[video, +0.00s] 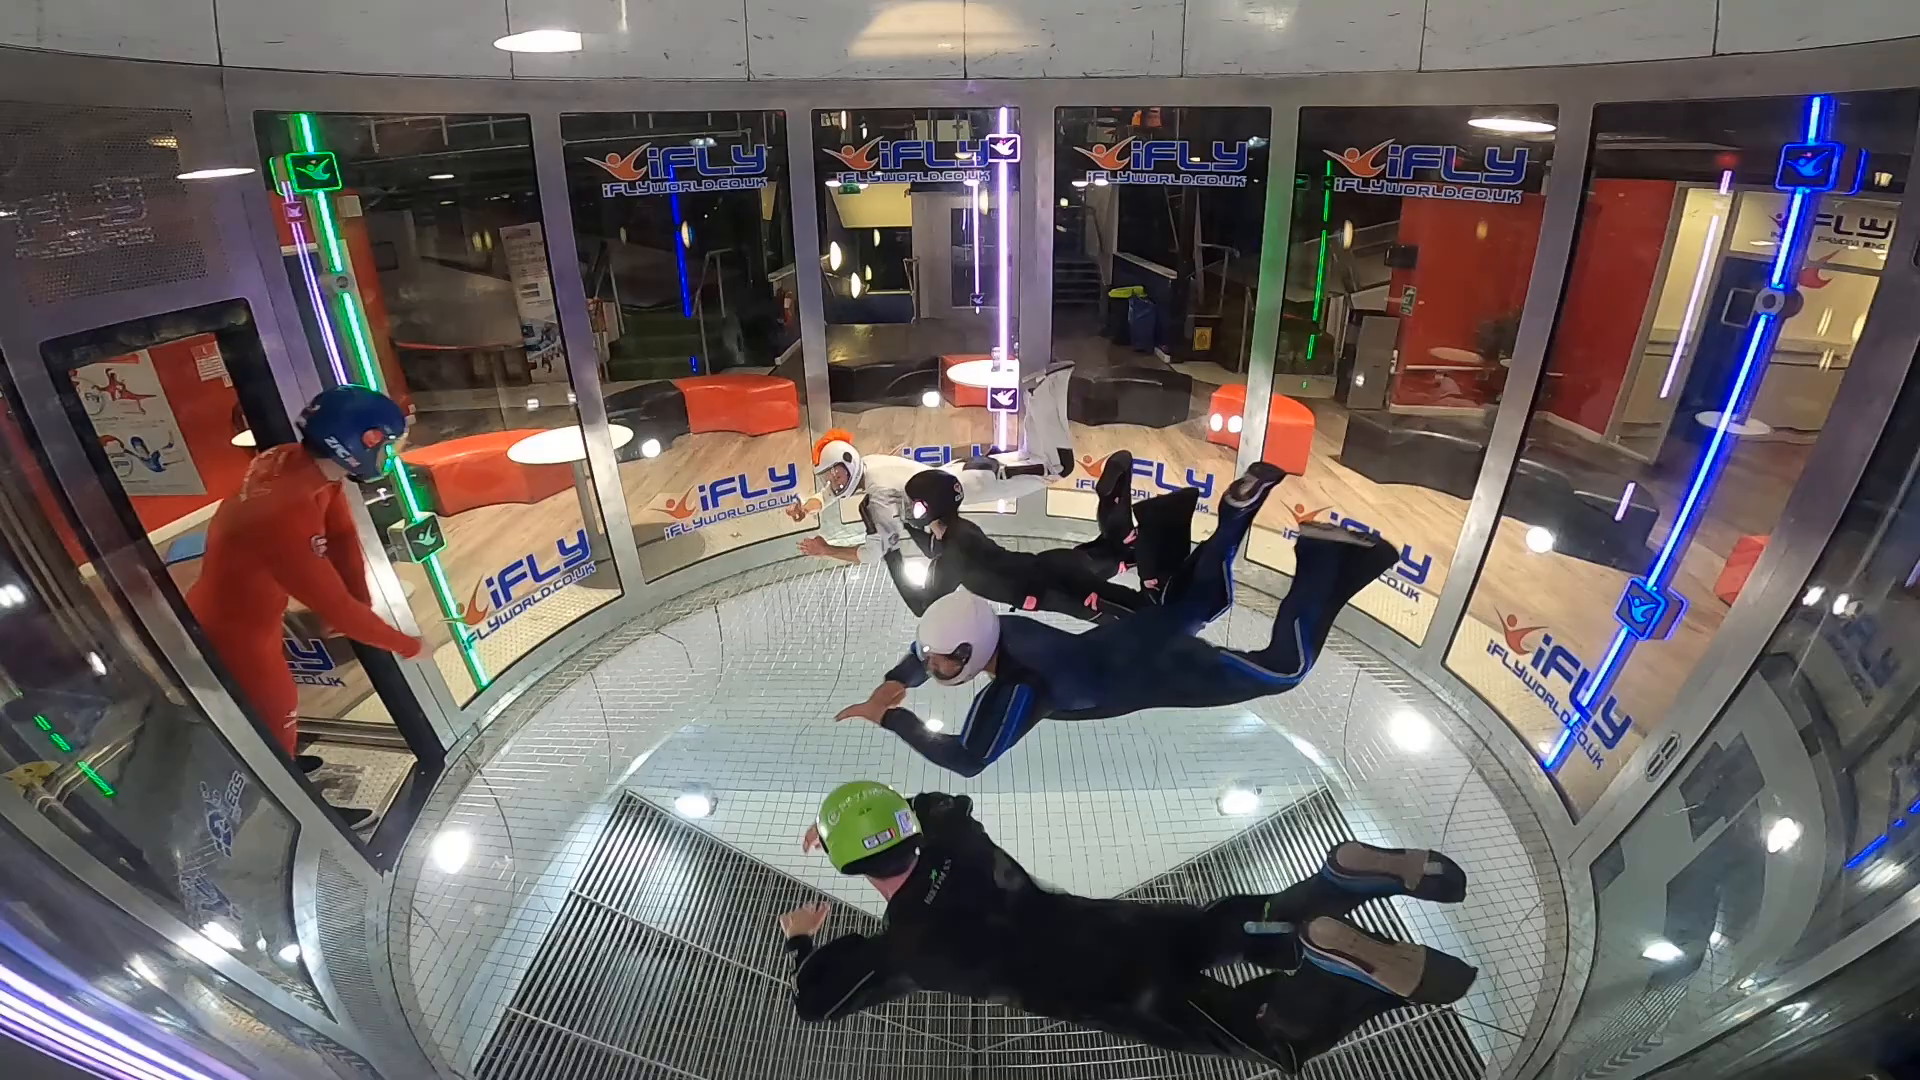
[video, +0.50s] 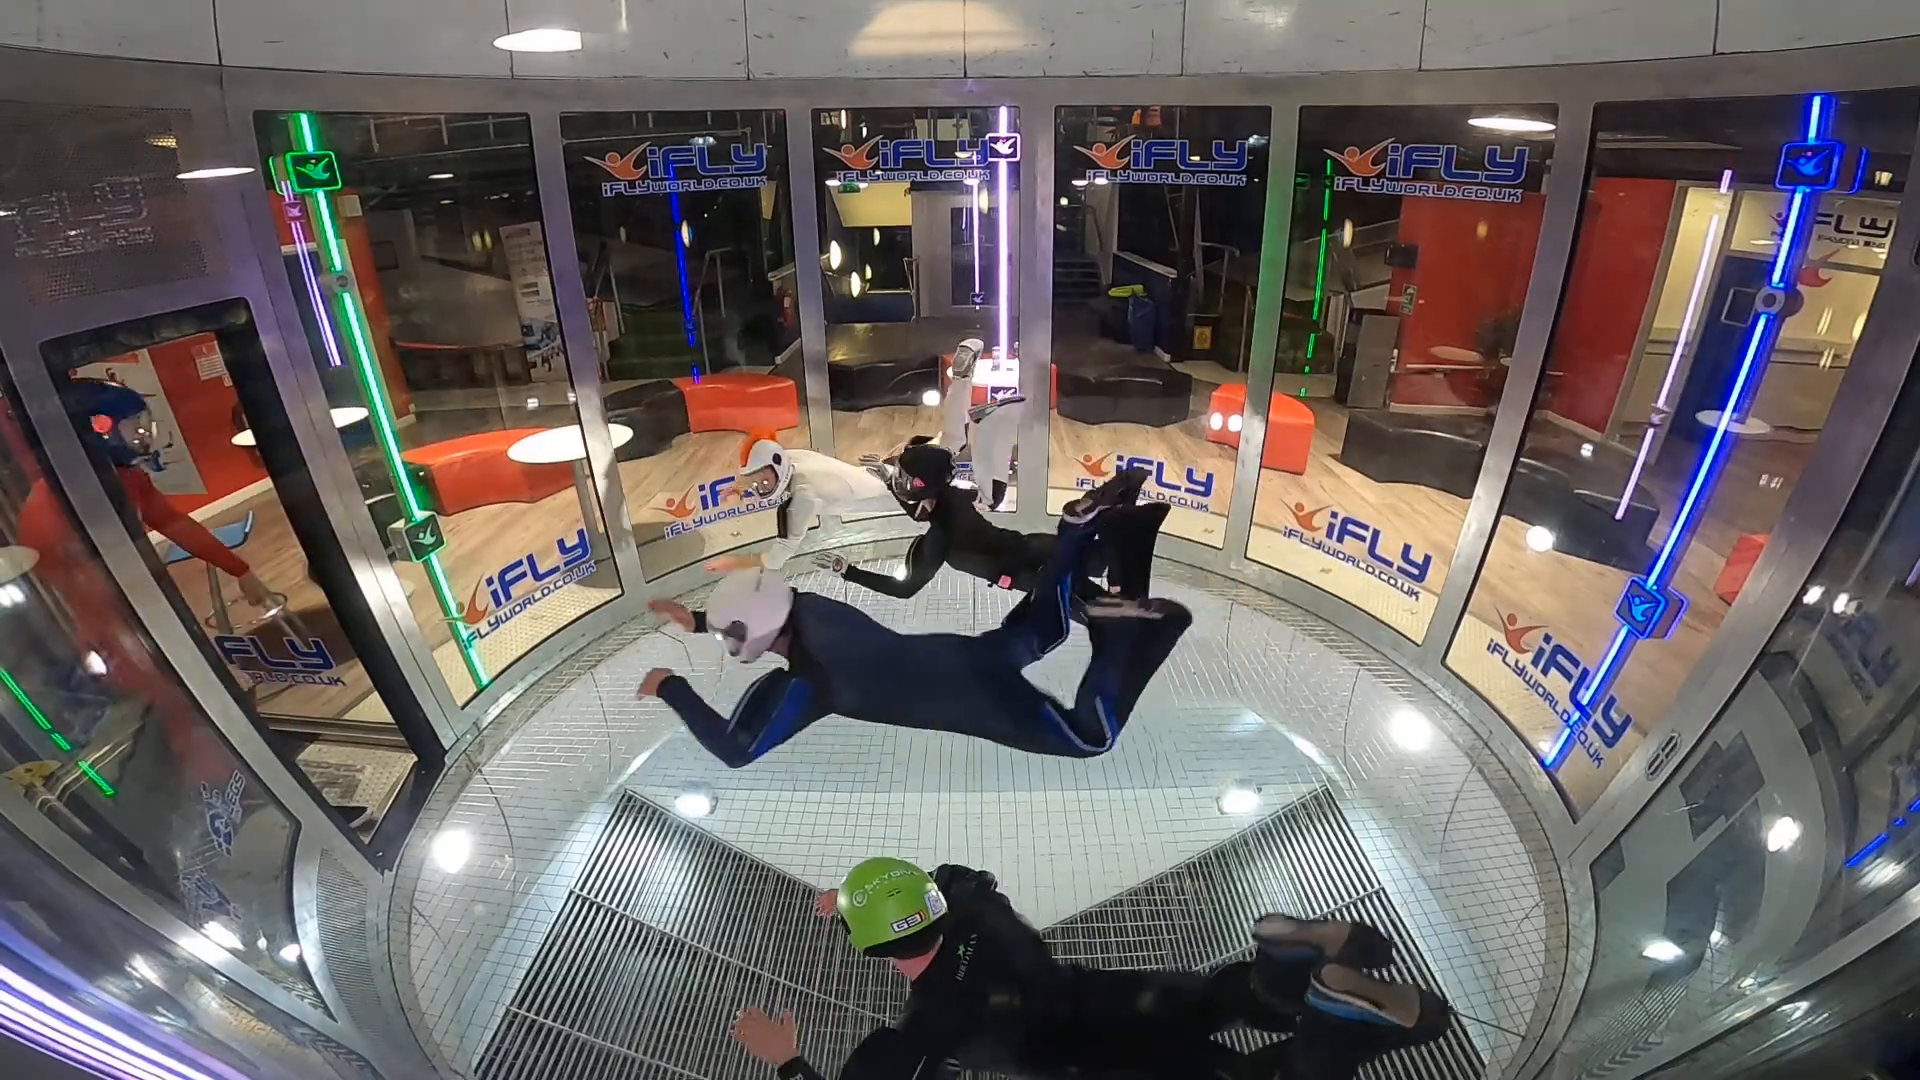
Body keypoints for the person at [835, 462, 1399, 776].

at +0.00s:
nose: (941, 671)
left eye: (947, 663)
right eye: (936, 661)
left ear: (975, 658)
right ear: (962, 638)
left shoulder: (1018, 688)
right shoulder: (990, 623)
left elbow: (967, 759)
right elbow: (929, 652)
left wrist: (895, 718)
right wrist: (895, 690)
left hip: (1159, 675)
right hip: (1131, 637)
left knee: (1285, 666)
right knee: (1205, 597)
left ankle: (1324, 557)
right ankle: (1235, 512)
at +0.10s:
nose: (916, 676)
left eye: (924, 668)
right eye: (910, 666)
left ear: (953, 659)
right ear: (929, 643)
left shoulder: (993, 687)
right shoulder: (965, 624)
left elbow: (936, 757)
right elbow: (903, 654)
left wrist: (862, 713)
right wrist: (861, 685)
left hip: (1138, 676)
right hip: (1117, 630)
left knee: (1261, 679)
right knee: (1182, 593)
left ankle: (1285, 566)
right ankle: (1203, 513)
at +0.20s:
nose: (863, 670)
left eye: (871, 661)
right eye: (861, 660)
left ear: (904, 657)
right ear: (905, 637)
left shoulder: (946, 686)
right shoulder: (924, 629)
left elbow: (883, 756)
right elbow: (862, 656)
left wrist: (818, 695)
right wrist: (812, 672)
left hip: (1098, 681)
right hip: (1075, 641)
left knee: (1219, 691)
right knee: (1145, 611)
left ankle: (1219, 572)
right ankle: (1171, 520)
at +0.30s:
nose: (819, 666)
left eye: (826, 661)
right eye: (817, 658)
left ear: (857, 657)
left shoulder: (899, 687)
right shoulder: (887, 622)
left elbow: (832, 751)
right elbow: (823, 640)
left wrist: (766, 690)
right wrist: (765, 663)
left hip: (1067, 691)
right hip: (1051, 641)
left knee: (1179, 702)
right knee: (1110, 618)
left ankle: (1177, 570)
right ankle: (1152, 538)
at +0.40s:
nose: (775, 655)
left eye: (782, 648)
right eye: (773, 645)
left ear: (810, 646)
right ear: (809, 616)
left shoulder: (853, 684)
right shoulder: (843, 616)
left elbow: (783, 750)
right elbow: (783, 627)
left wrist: (716, 695)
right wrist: (723, 643)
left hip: (1024, 693)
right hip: (1005, 649)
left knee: (1133, 722)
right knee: (1070, 625)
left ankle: (1148, 602)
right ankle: (1116, 527)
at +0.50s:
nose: (736, 645)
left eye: (741, 638)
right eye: (733, 636)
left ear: (764, 635)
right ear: (772, 609)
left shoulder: (802, 681)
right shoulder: (806, 609)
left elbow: (737, 748)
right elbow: (755, 612)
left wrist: (672, 690)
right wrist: (697, 617)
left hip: (977, 696)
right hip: (969, 651)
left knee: (1090, 736)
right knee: (1043, 623)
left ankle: (1129, 628)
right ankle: (1088, 526)